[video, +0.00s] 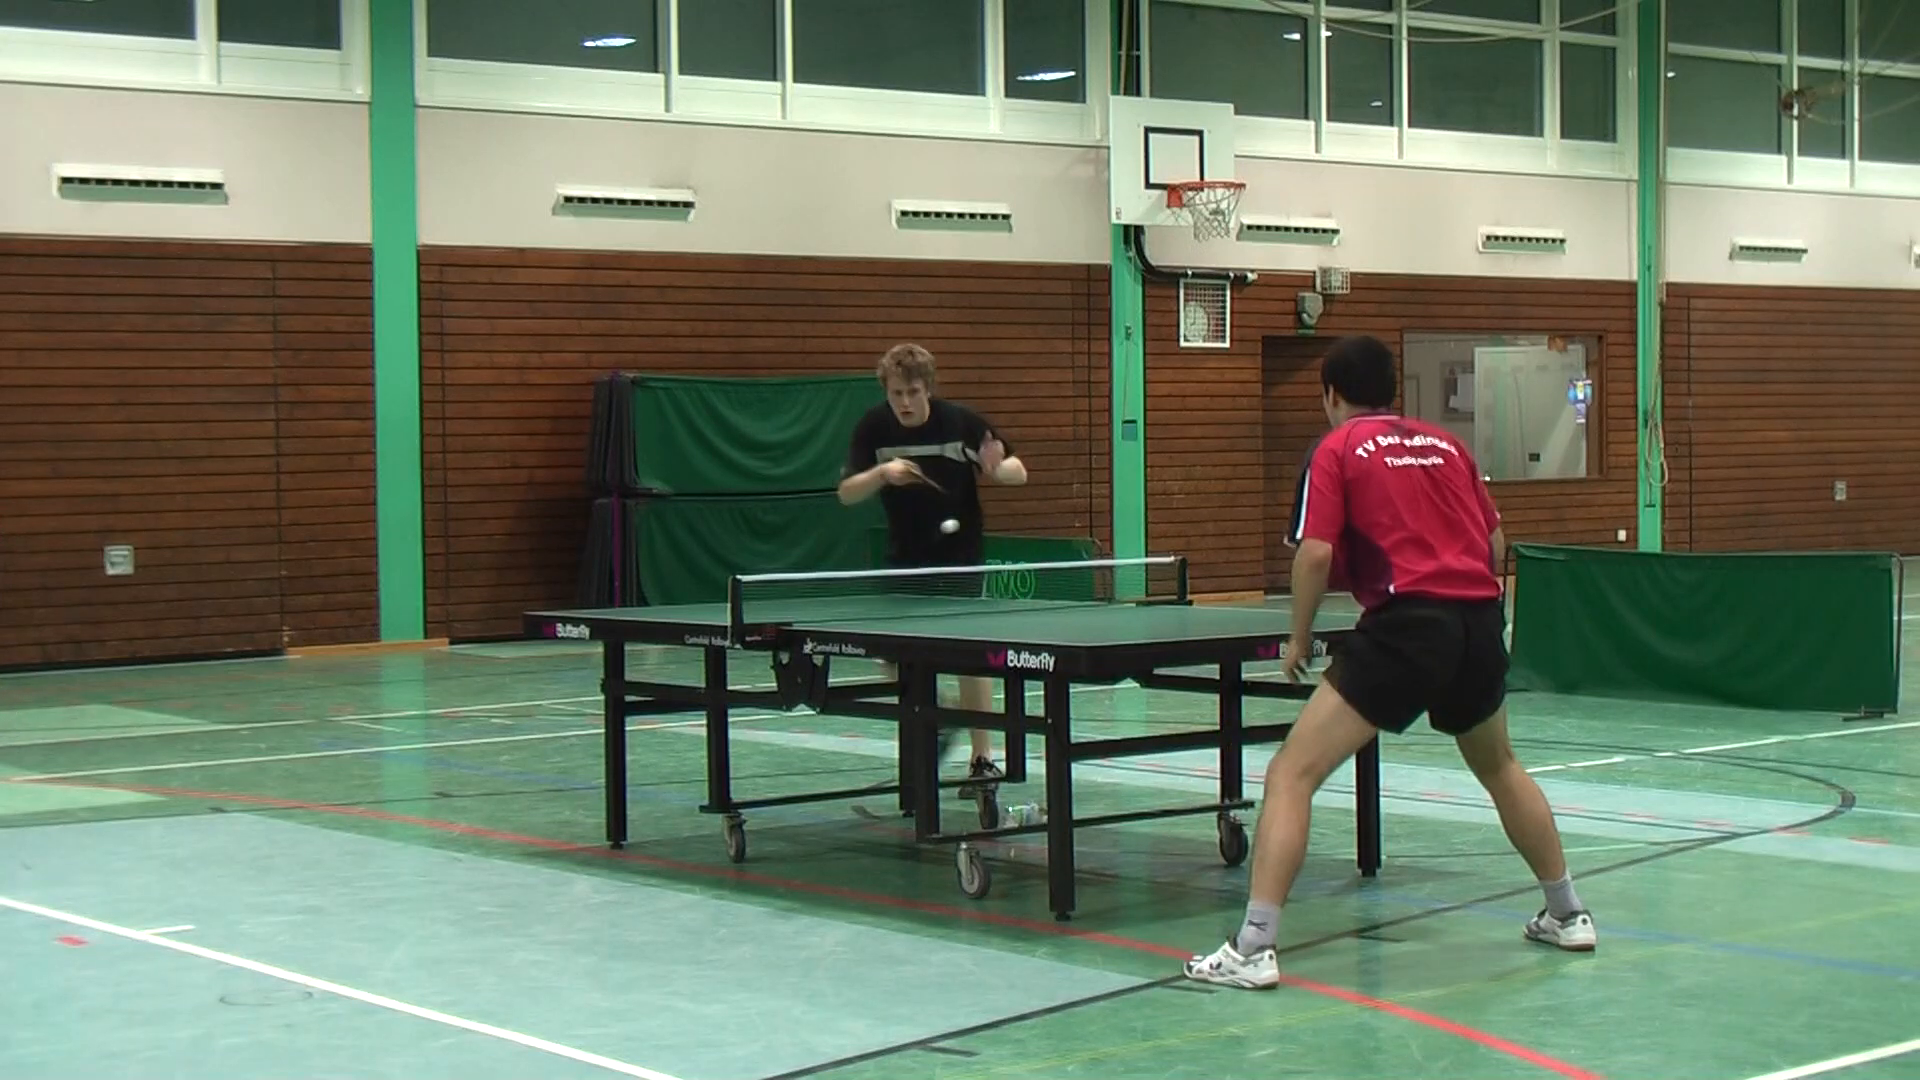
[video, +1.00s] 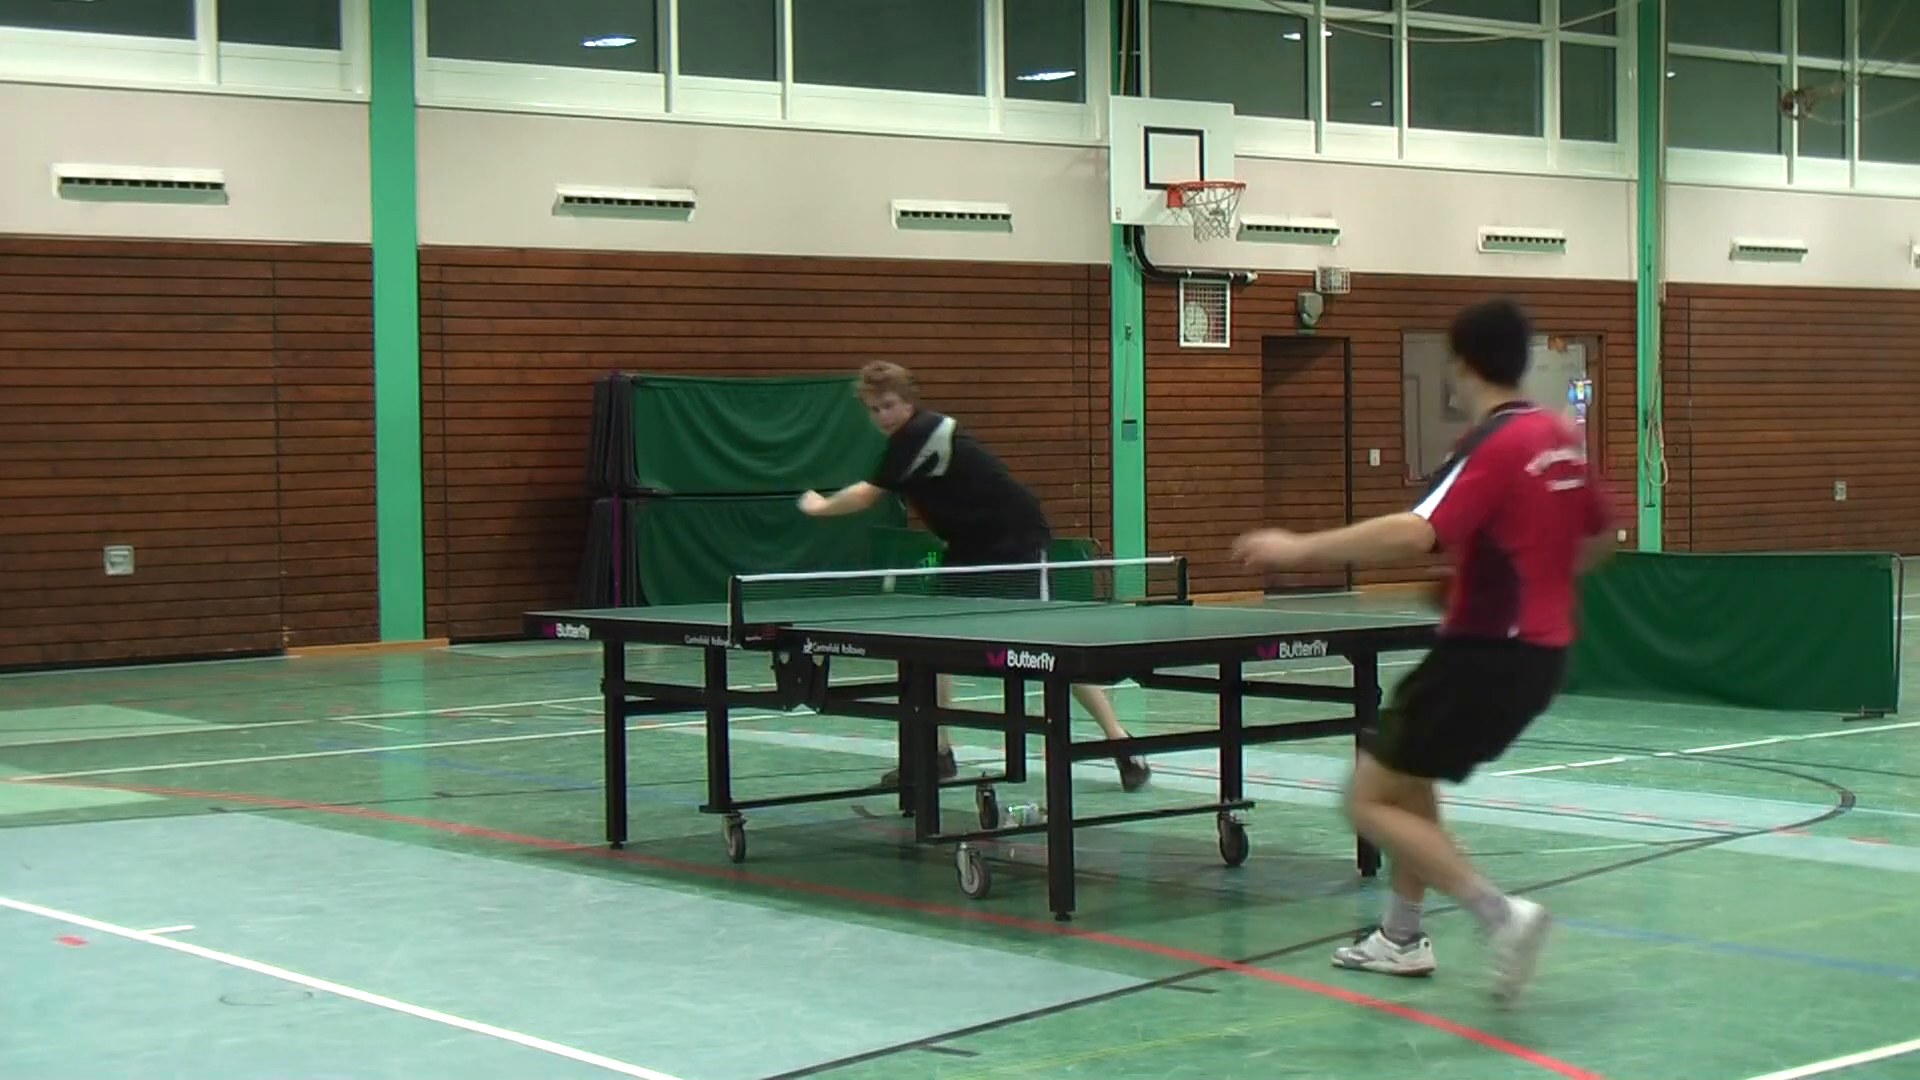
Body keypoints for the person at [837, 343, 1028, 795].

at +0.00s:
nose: (905, 403)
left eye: (913, 393)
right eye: (896, 394)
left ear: (929, 388)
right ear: (886, 391)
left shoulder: (961, 421)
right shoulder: (873, 428)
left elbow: (1019, 473)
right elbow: (846, 494)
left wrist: (997, 468)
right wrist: (881, 473)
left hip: (962, 563)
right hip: (904, 565)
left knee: (972, 657)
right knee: (891, 656)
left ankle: (982, 759)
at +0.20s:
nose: (870, 389)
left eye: (877, 380)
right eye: (861, 381)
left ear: (891, 379)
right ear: (847, 382)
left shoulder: (921, 420)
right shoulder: (832, 428)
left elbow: (972, 462)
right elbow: (803, 493)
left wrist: (976, 506)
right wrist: (829, 487)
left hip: (921, 563)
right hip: (856, 563)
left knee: (952, 654)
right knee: (800, 634)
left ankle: (978, 758)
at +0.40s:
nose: (831, 389)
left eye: (839, 381)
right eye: (822, 383)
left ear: (851, 385)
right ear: (808, 389)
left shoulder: (880, 436)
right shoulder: (789, 442)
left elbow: (928, 473)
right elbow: (762, 505)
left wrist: (931, 522)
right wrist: (784, 517)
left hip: (878, 576)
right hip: (810, 579)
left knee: (936, 653)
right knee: (769, 660)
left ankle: (971, 755)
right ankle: (745, 755)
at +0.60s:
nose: (817, 369)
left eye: (824, 360)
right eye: (808, 363)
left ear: (840, 363)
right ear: (797, 371)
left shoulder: (878, 405)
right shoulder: (792, 426)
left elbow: (942, 428)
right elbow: (773, 476)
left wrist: (894, 477)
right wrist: (771, 507)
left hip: (903, 559)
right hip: (834, 563)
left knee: (941, 650)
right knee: (798, 649)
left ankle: (977, 742)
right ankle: (776, 747)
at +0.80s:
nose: (841, 404)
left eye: (848, 392)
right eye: (831, 397)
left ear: (863, 394)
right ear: (820, 404)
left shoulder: (886, 434)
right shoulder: (841, 445)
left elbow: (863, 492)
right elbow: (847, 494)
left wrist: (808, 503)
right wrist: (830, 526)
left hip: (948, 557)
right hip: (893, 559)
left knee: (994, 651)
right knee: (841, 639)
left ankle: (1064, 747)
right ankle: (847, 755)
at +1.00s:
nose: (880, 416)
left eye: (886, 406)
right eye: (873, 409)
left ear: (907, 400)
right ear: (869, 409)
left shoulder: (923, 432)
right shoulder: (912, 436)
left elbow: (869, 493)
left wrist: (823, 505)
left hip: (1018, 541)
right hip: (969, 547)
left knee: (1050, 647)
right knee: (930, 647)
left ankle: (1120, 741)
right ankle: (938, 750)